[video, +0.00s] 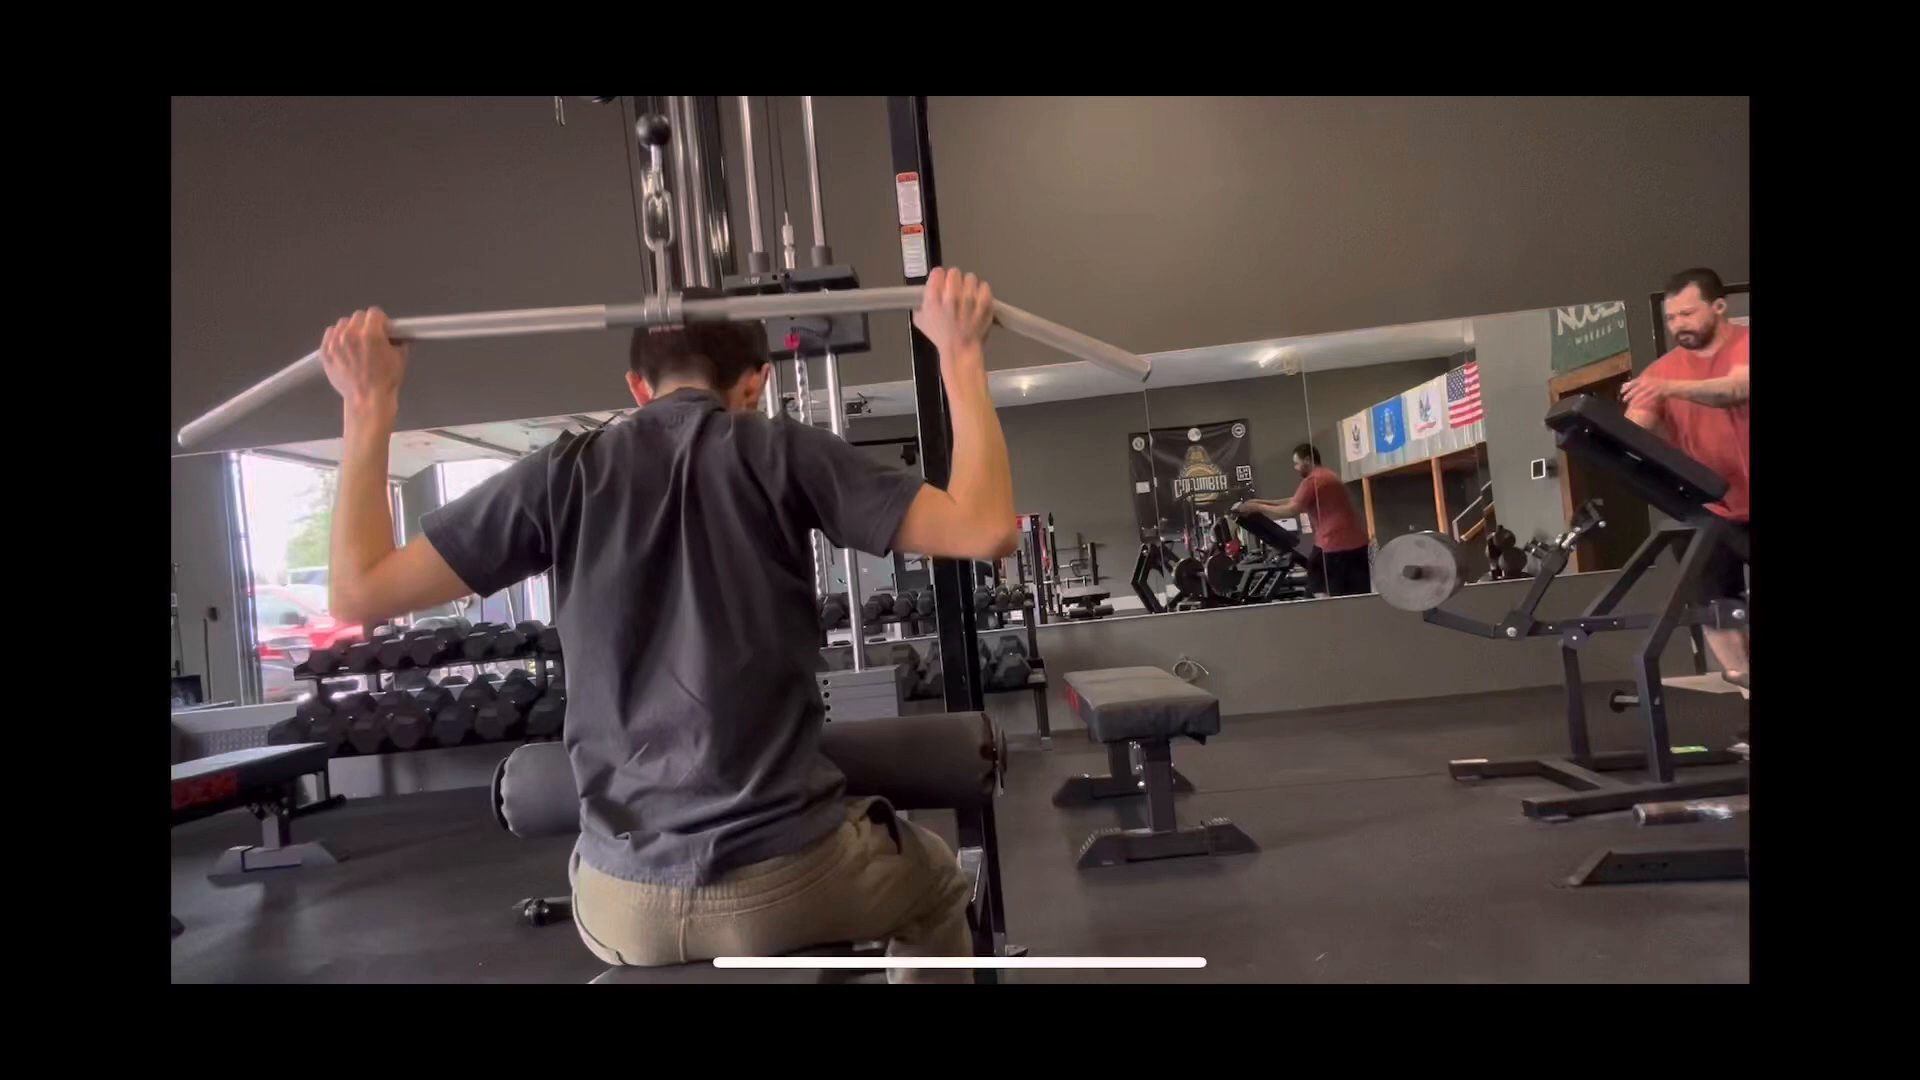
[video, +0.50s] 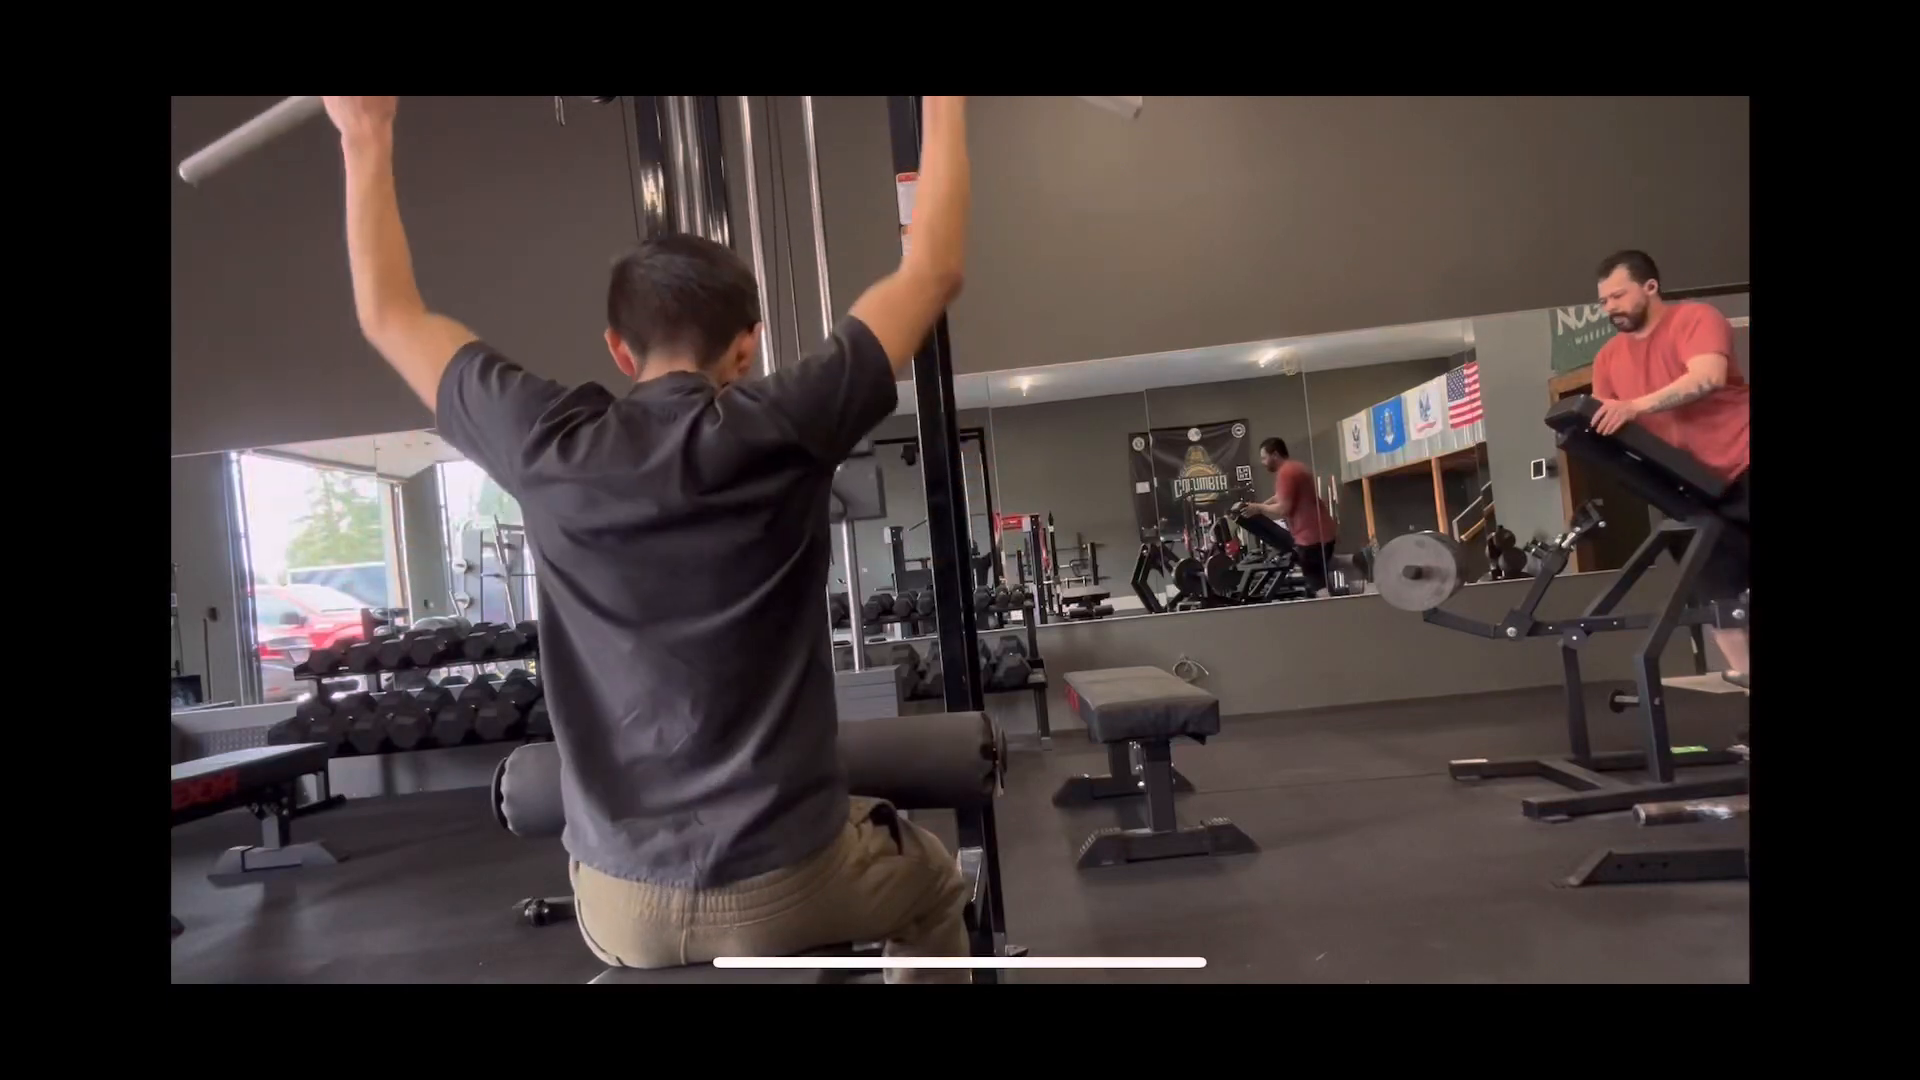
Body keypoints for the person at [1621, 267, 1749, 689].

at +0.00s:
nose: (1678, 325)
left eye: (1687, 313)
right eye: (1671, 317)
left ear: (1718, 308)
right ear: (1665, 320)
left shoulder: (1746, 341)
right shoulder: (1659, 373)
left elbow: (1738, 389)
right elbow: (1632, 438)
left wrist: (1666, 388)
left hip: (1750, 501)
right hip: (1708, 509)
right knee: (1714, 604)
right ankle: (1744, 689)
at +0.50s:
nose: (1609, 308)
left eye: (1617, 296)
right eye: (1604, 300)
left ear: (1649, 288)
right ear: (1602, 304)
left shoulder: (1697, 318)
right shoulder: (1608, 357)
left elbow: (1709, 378)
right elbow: (1610, 428)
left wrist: (1635, 406)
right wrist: (1580, 428)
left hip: (1741, 475)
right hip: (1681, 493)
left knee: (1735, 586)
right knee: (1714, 589)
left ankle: (1741, 673)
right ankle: (1741, 675)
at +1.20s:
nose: (1609, 292)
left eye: (1615, 278)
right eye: (1603, 283)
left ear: (1648, 266)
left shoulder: (1696, 286)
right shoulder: (1627, 319)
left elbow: (1704, 360)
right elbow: (1621, 377)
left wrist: (1630, 406)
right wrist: (1597, 416)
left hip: (1745, 445)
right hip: (1701, 458)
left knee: (1745, 567)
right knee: (1735, 565)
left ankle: (1748, 663)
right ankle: (1747, 662)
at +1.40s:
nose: (1598, 266)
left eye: (1602, 253)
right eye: (1592, 257)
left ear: (1634, 238)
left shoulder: (1688, 262)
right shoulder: (1621, 296)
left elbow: (1692, 348)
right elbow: (1621, 360)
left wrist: (1631, 405)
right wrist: (1602, 411)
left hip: (1742, 412)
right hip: (1698, 427)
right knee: (1728, 529)